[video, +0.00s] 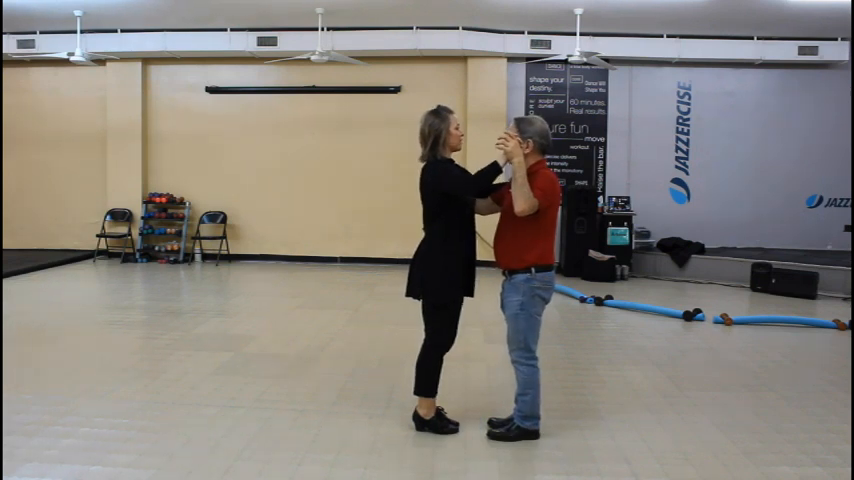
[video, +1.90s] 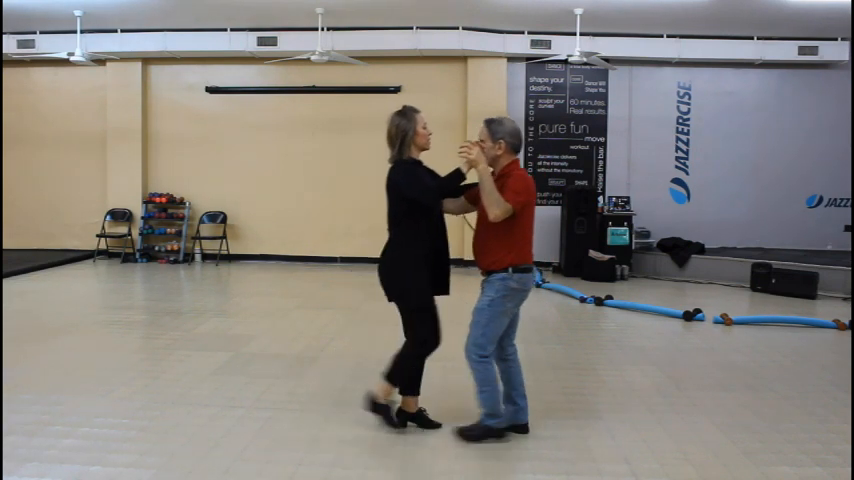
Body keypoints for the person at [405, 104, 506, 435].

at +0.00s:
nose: (462, 133)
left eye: (460, 127)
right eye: (456, 128)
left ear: (441, 133)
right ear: (442, 133)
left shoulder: (442, 167)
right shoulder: (439, 169)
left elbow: (473, 196)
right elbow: (473, 186)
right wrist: (501, 161)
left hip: (444, 267)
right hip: (441, 269)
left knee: (439, 339)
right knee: (437, 340)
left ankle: (427, 407)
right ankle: (424, 411)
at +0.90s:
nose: (453, 139)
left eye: (452, 133)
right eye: (448, 134)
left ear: (432, 138)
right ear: (433, 138)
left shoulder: (436, 173)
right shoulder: (425, 174)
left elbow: (464, 200)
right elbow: (455, 190)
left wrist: (498, 189)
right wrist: (485, 165)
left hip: (435, 270)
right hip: (421, 272)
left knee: (446, 336)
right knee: (445, 337)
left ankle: (429, 406)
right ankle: (410, 404)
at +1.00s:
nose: (446, 138)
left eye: (444, 133)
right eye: (440, 134)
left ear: (423, 140)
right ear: (424, 140)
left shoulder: (429, 176)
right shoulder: (419, 177)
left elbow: (457, 202)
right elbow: (444, 196)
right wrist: (473, 170)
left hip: (431, 274)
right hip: (415, 276)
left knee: (443, 335)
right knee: (437, 336)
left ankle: (428, 406)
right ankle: (376, 392)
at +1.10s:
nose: (435, 138)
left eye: (433, 133)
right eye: (429, 135)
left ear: (415, 142)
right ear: (415, 142)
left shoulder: (421, 179)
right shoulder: (408, 179)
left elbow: (449, 208)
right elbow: (435, 197)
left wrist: (481, 190)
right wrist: (462, 172)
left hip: (426, 278)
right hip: (406, 279)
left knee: (440, 333)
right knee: (408, 349)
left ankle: (428, 406)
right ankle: (344, 391)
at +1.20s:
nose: (424, 141)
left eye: (422, 136)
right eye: (419, 137)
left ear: (403, 144)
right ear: (404, 143)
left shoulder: (409, 180)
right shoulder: (398, 180)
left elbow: (441, 206)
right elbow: (424, 199)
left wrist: (472, 189)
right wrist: (450, 173)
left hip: (414, 278)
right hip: (393, 279)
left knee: (435, 333)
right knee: (378, 347)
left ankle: (427, 407)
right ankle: (321, 400)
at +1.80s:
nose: (421, 136)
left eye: (419, 130)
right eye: (415, 131)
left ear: (400, 137)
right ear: (400, 137)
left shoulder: (410, 172)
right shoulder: (396, 174)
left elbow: (441, 201)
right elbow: (430, 195)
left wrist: (474, 183)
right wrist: (456, 171)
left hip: (417, 272)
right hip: (398, 274)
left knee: (426, 336)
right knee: (406, 340)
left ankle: (409, 407)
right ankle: (346, 391)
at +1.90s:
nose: (429, 131)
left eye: (427, 126)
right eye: (424, 127)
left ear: (409, 133)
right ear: (409, 133)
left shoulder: (416, 169)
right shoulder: (404, 171)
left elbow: (447, 196)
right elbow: (437, 190)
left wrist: (481, 180)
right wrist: (465, 166)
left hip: (416, 266)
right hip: (404, 268)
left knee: (422, 338)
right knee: (425, 338)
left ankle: (409, 406)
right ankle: (382, 395)